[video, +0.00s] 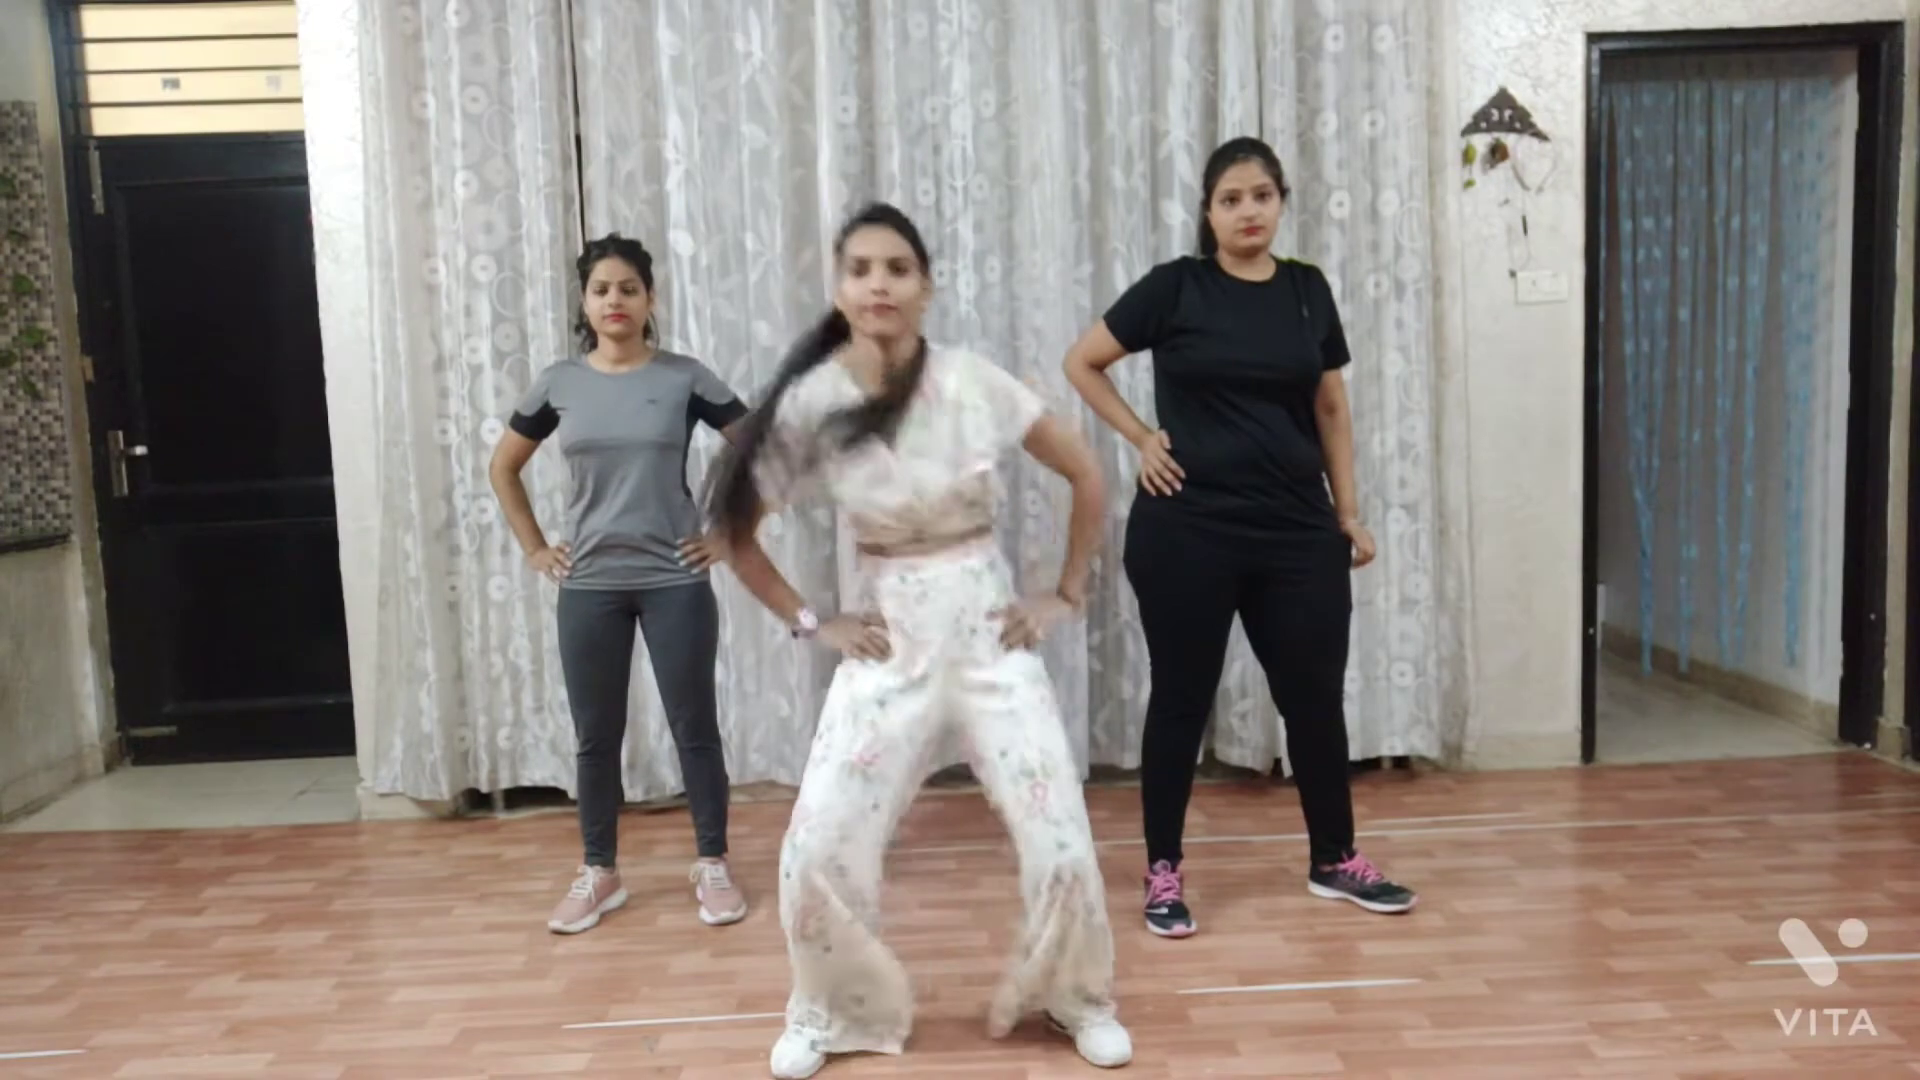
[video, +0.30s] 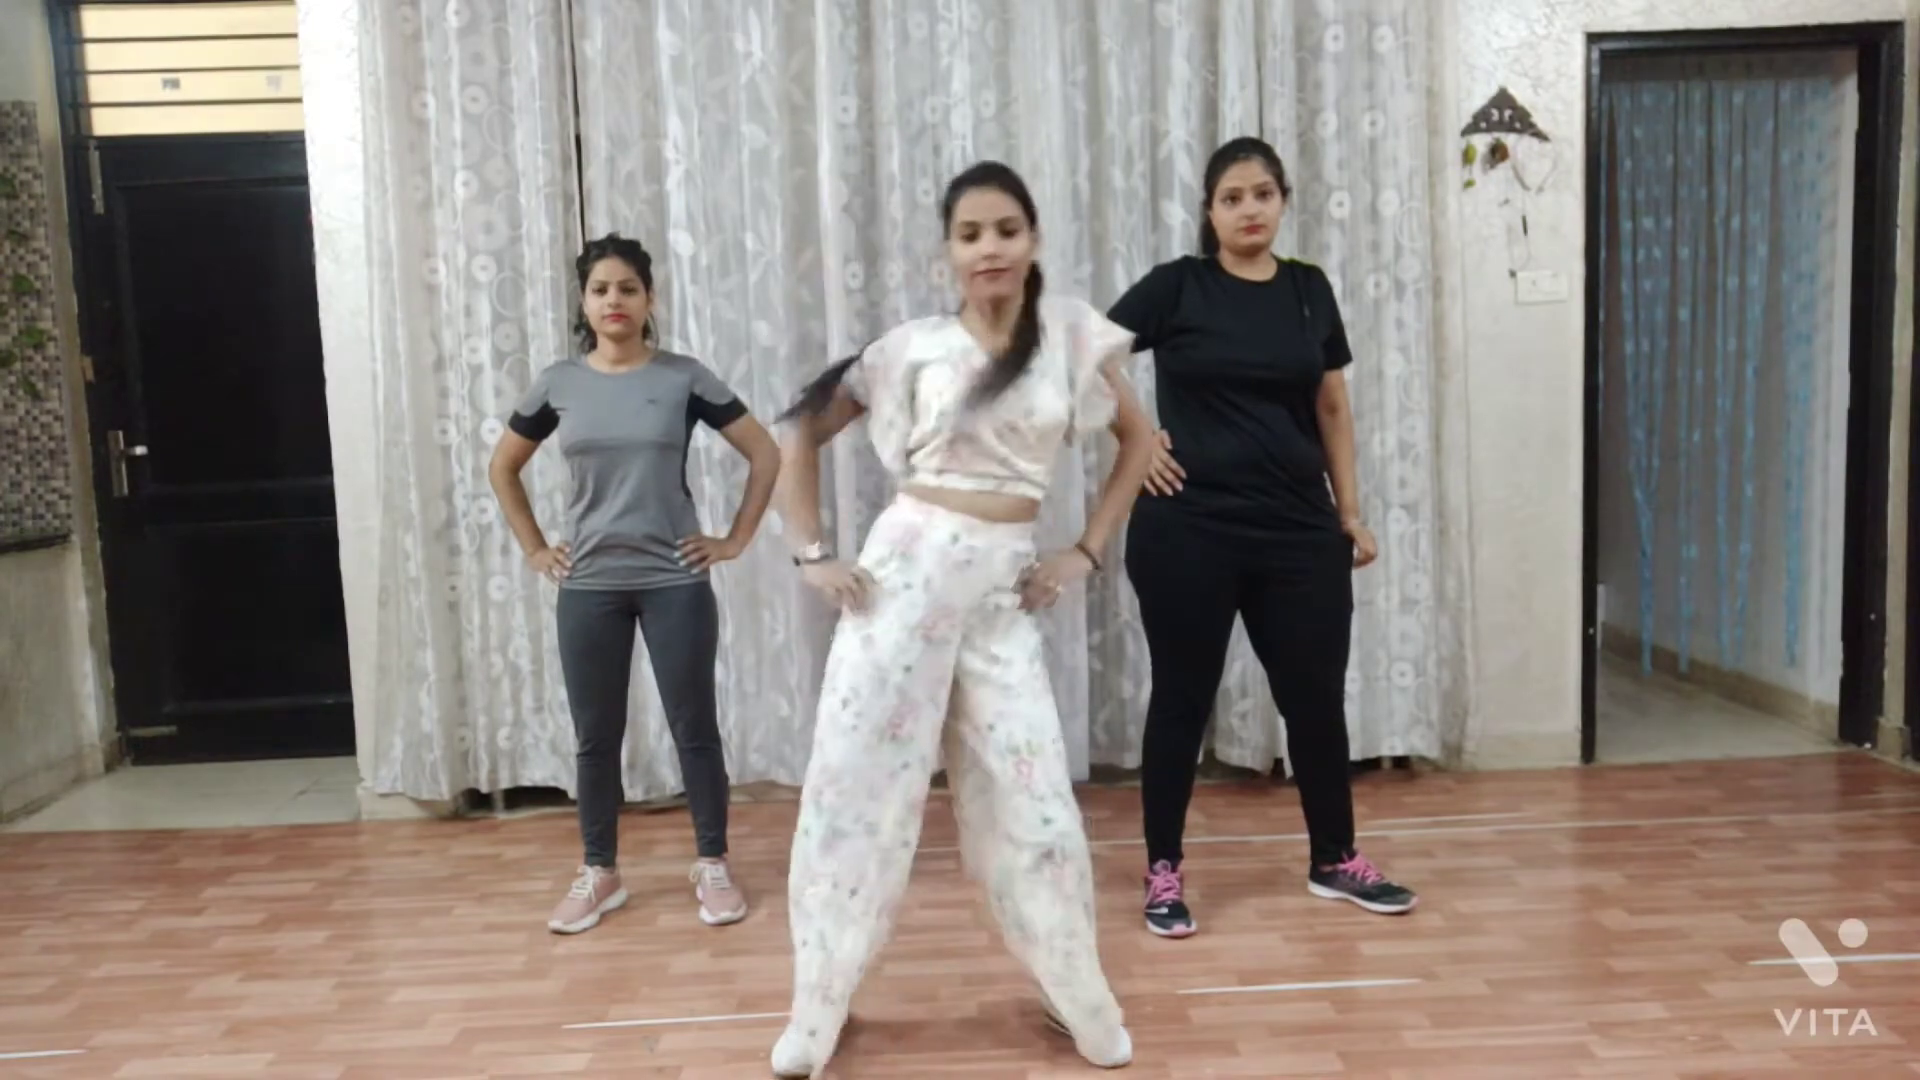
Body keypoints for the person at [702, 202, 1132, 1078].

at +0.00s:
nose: (878, 286)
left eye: (896, 269)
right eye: (860, 269)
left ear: (926, 284)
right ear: (836, 287)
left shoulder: (978, 385)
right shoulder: (808, 404)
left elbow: (1089, 476)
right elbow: (729, 530)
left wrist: (1066, 595)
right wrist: (812, 623)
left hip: (993, 638)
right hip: (882, 648)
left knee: (1062, 844)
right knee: (816, 845)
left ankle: (1082, 1001)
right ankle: (823, 1010)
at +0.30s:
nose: (990, 248)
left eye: (1007, 230)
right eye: (971, 233)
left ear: (1035, 241)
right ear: (948, 249)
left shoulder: (1071, 341)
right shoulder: (908, 349)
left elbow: (1141, 439)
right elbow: (802, 435)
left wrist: (1083, 550)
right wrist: (811, 555)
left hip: (999, 600)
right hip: (898, 591)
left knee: (1042, 804)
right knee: (848, 793)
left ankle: (1083, 1001)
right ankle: (815, 1009)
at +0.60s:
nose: (947, 265)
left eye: (965, 250)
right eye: (930, 249)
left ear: (991, 267)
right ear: (904, 267)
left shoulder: (1026, 374)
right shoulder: (860, 376)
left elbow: (1139, 462)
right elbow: (776, 489)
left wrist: (1076, 575)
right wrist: (829, 606)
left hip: (1011, 624)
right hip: (897, 628)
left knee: (1065, 820)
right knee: (853, 824)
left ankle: (1082, 1008)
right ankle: (823, 1032)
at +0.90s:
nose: (920, 219)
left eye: (937, 202)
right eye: (902, 202)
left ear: (963, 217)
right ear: (877, 217)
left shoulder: (1002, 330)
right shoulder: (839, 332)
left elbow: (1105, 417)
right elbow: (755, 444)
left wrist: (1059, 522)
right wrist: (802, 557)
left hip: (988, 571)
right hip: (881, 575)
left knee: (1031, 783)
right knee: (844, 789)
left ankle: (1082, 996)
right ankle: (820, 1009)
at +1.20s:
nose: (923, 235)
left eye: (941, 219)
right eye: (906, 220)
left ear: (968, 235)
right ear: (882, 237)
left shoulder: (1008, 332)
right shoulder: (842, 341)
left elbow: (1116, 417)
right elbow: (754, 456)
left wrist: (1056, 530)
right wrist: (809, 576)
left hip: (992, 587)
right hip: (886, 590)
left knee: (1039, 781)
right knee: (844, 793)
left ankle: (1077, 989)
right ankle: (815, 1003)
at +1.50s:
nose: (926, 310)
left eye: (944, 294)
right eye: (909, 294)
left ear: (971, 311)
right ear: (885, 311)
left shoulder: (1004, 405)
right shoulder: (843, 412)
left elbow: (1114, 492)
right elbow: (755, 529)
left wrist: (1063, 602)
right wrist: (812, 640)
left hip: (999, 647)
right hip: (888, 655)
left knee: (1068, 849)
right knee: (829, 854)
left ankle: (1076, 1021)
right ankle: (819, 1022)